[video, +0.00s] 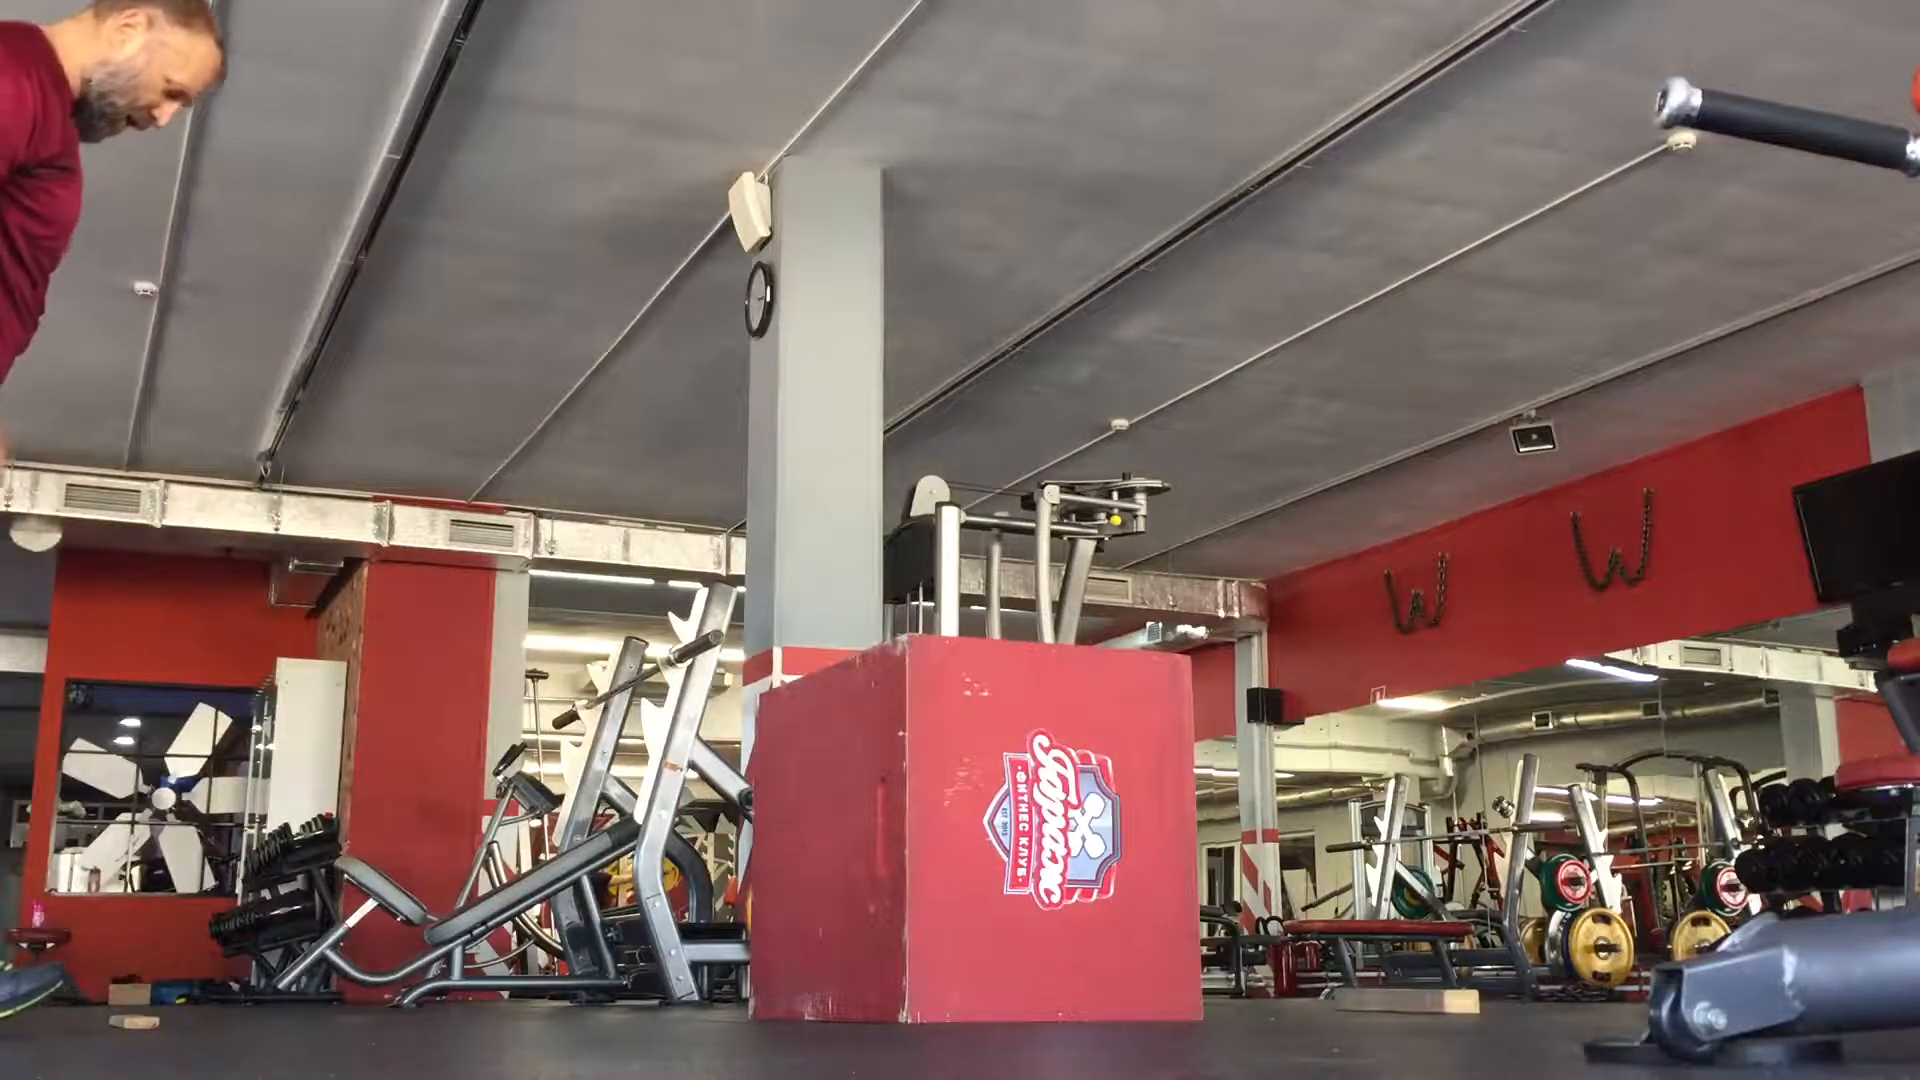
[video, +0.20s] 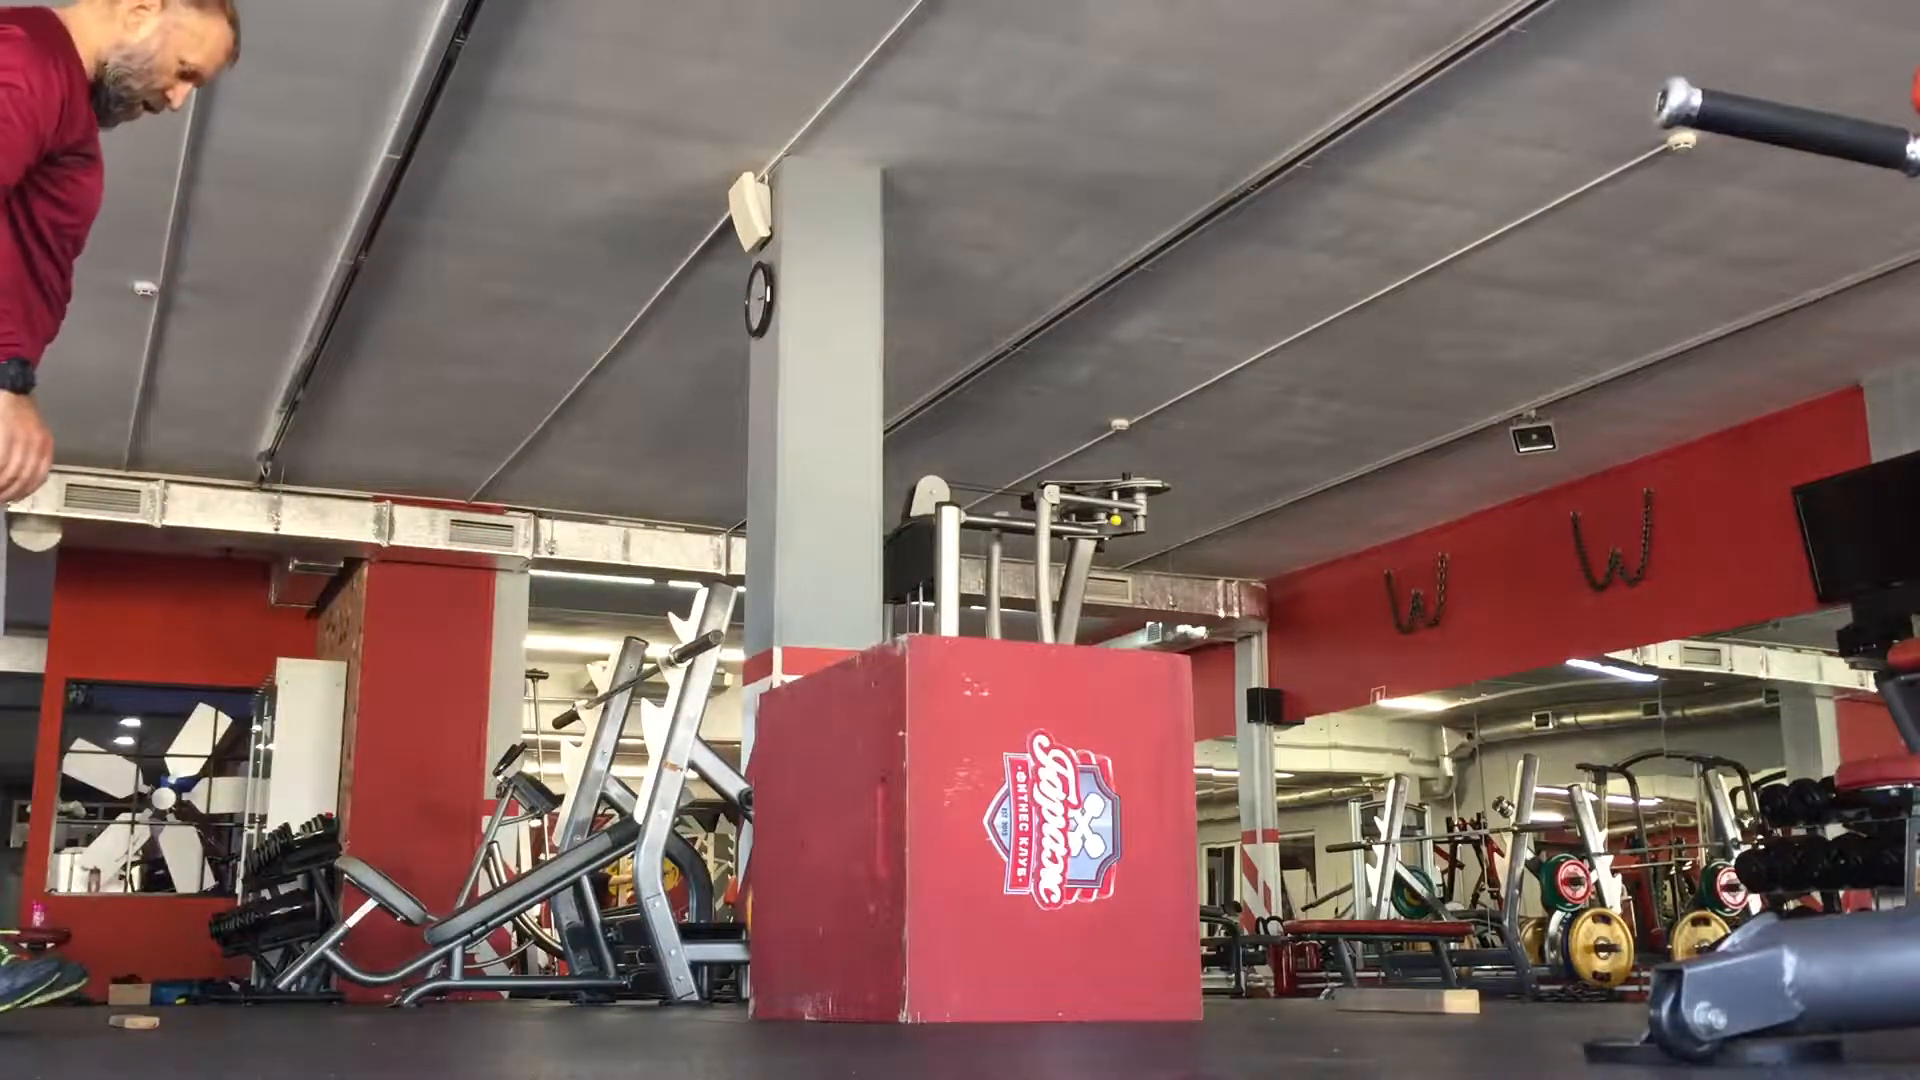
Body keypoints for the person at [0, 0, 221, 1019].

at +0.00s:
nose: (164, 117)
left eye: (183, 106)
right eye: (175, 88)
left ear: (123, 27)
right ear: (131, 22)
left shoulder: (47, 113)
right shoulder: (19, 80)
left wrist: (2, 438)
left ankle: (3, 953)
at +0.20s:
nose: (177, 101)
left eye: (195, 90)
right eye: (186, 72)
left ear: (136, 19)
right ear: (144, 12)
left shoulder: (59, 92)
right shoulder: (31, 73)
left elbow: (16, 240)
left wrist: (16, 386)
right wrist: (11, 382)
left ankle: (2, 942)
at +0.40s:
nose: (181, 99)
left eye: (198, 87)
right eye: (190, 69)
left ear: (137, 19)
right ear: (145, 10)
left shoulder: (66, 81)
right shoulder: (40, 62)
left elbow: (15, 223)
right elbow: (0, 190)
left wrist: (37, 380)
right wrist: (39, 365)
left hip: (13, 441)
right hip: (4, 438)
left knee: (3, 680)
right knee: (0, 680)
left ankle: (8, 955)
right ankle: (3, 957)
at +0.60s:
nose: (202, 111)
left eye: (216, 98)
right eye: (208, 81)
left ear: (160, 36)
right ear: (158, 22)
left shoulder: (91, 119)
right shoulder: (53, 77)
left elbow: (44, 308)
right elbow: (3, 197)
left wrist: (69, 467)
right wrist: (65, 365)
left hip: (27, 464)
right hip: (8, 458)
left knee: (10, 724)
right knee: (5, 724)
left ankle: (4, 964)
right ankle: (0, 966)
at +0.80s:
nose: (232, 101)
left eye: (243, 86)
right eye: (233, 71)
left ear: (177, 33)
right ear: (177, 23)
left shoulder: (113, 119)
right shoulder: (83, 83)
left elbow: (63, 339)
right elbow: (32, 219)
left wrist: (120, 477)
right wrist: (112, 398)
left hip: (37, 460)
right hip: (18, 453)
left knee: (12, 719)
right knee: (7, 719)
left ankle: (6, 965)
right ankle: (2, 968)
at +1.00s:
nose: (302, 124)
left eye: (314, 108)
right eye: (302, 94)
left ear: (240, 58)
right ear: (240, 52)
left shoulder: (164, 131)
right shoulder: (143, 103)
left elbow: (43, 264)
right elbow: (14, 220)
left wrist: (60, 449)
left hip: (40, 453)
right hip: (25, 451)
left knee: (12, 723)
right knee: (7, 724)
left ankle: (2, 963)